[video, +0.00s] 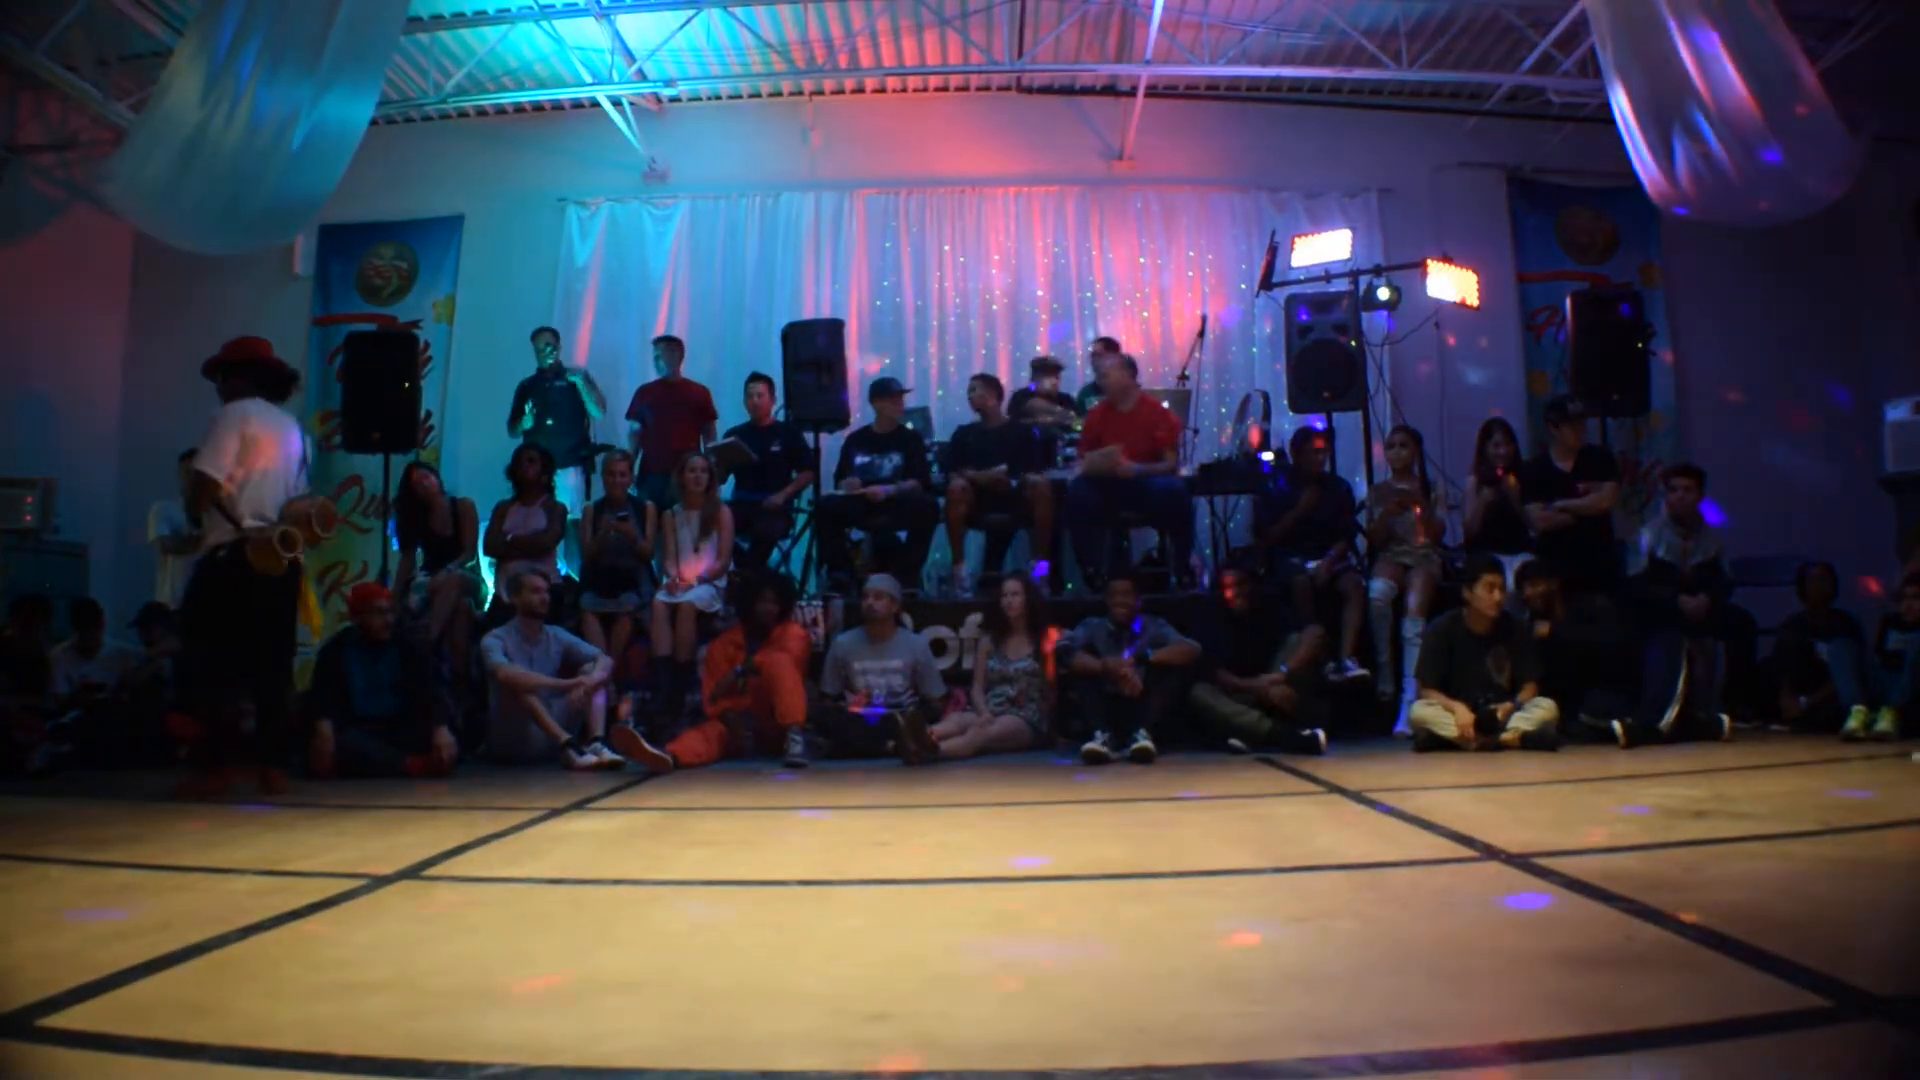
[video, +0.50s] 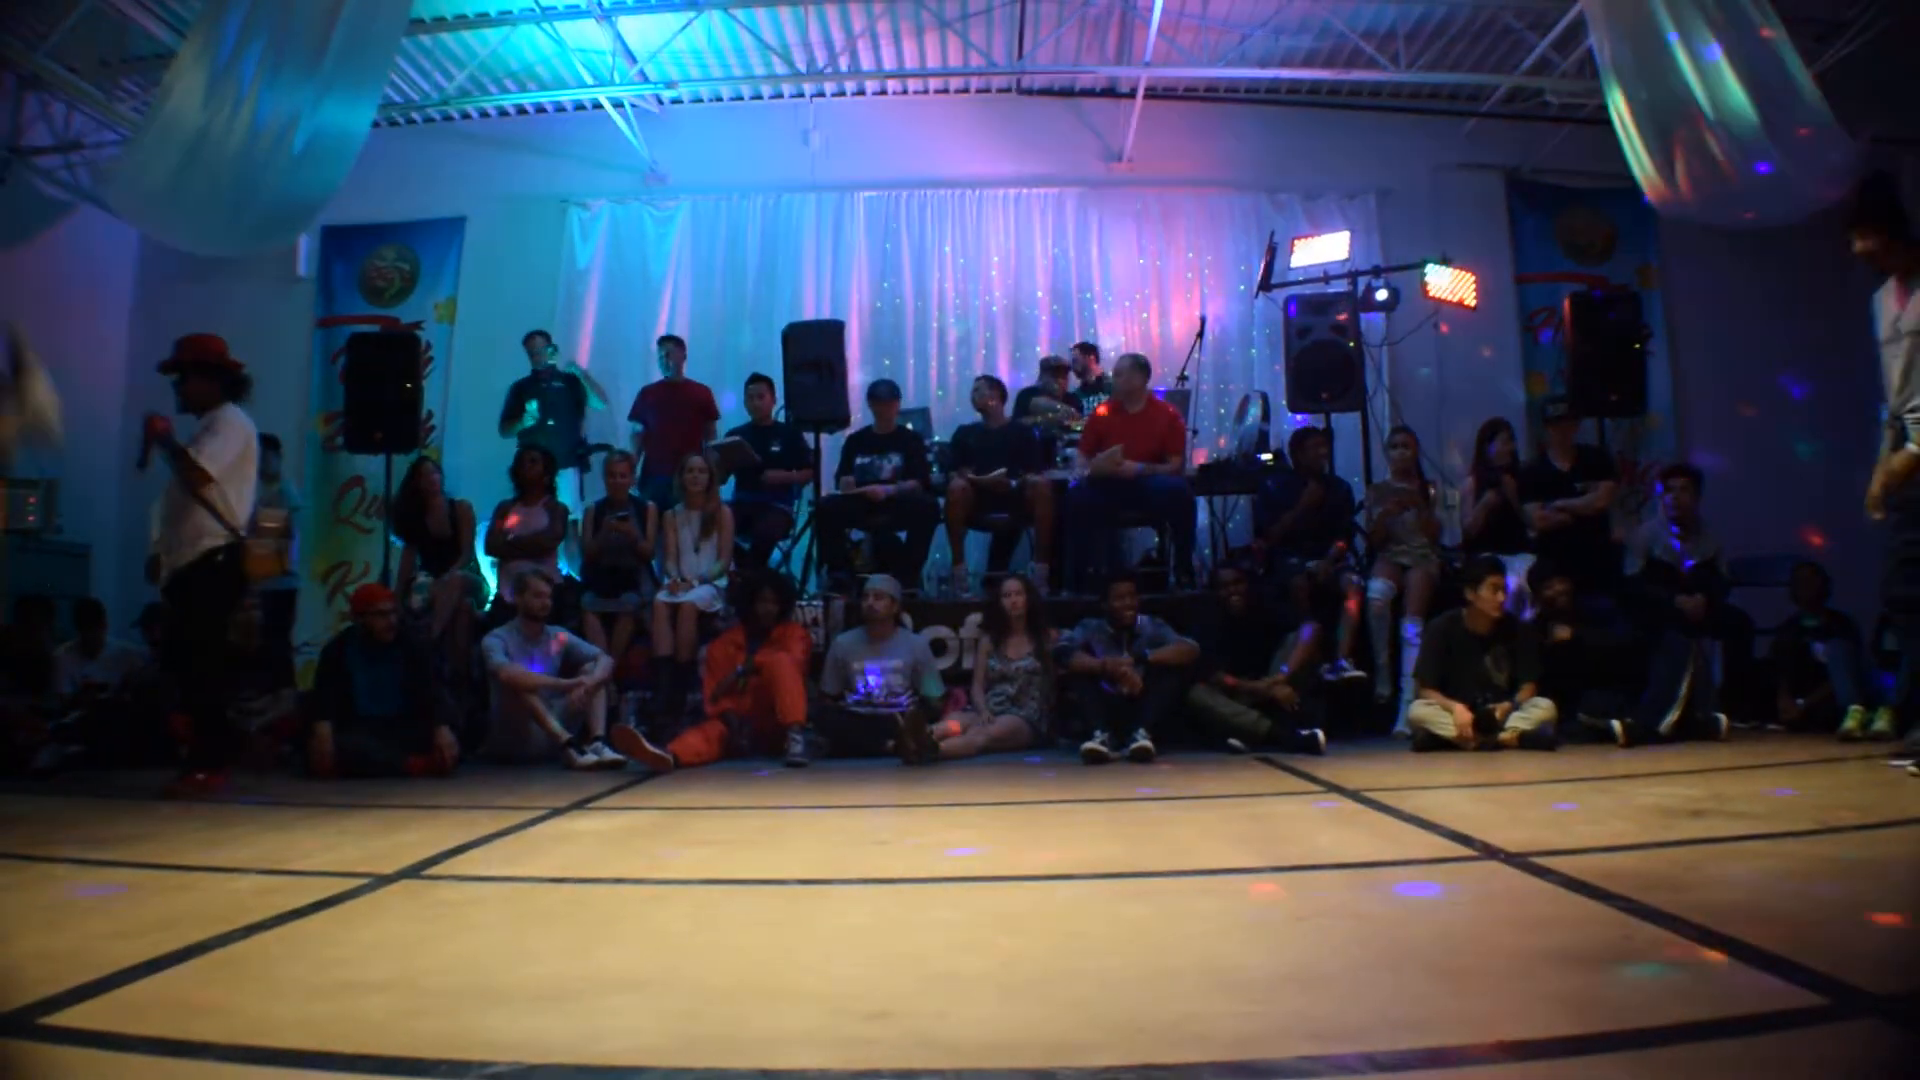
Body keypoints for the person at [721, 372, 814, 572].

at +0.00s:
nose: (754, 401)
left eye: (760, 396)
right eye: (749, 396)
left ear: (772, 400)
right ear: (745, 401)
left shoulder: (788, 433)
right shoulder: (734, 435)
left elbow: (808, 472)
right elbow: (720, 478)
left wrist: (782, 496)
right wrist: (721, 458)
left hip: (774, 503)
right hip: (742, 503)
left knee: (766, 532)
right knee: (720, 523)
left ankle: (752, 574)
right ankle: (744, 564)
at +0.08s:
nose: (754, 401)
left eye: (760, 395)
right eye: (750, 396)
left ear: (773, 399)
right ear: (745, 401)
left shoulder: (788, 433)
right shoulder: (734, 435)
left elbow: (808, 472)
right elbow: (720, 477)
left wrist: (782, 496)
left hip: (774, 503)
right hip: (742, 502)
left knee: (767, 532)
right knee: (721, 524)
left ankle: (752, 573)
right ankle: (743, 565)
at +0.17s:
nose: (754, 402)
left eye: (760, 396)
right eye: (750, 396)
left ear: (773, 400)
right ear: (745, 401)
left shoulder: (788, 433)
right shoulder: (735, 435)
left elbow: (808, 472)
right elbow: (720, 474)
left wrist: (782, 496)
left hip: (774, 503)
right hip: (742, 502)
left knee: (766, 532)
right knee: (720, 525)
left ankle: (754, 573)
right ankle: (743, 564)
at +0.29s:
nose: (755, 402)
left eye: (760, 396)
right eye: (750, 397)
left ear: (773, 400)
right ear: (746, 402)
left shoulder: (789, 433)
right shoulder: (736, 436)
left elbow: (809, 471)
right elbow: (721, 477)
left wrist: (783, 493)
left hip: (776, 501)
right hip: (743, 501)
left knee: (767, 532)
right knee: (721, 524)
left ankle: (753, 572)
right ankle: (744, 564)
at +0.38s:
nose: (755, 402)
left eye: (760, 397)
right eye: (750, 397)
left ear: (773, 400)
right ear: (745, 402)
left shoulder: (789, 434)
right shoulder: (736, 436)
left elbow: (809, 472)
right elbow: (721, 478)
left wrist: (787, 486)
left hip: (776, 501)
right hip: (743, 502)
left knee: (766, 532)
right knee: (721, 525)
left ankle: (754, 573)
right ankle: (745, 564)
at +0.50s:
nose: (754, 403)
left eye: (760, 397)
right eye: (750, 397)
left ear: (773, 400)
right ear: (745, 402)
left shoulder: (790, 434)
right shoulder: (735, 435)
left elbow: (808, 471)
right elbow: (721, 476)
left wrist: (782, 477)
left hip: (777, 504)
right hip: (742, 501)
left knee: (766, 533)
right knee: (718, 524)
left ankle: (753, 575)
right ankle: (744, 563)